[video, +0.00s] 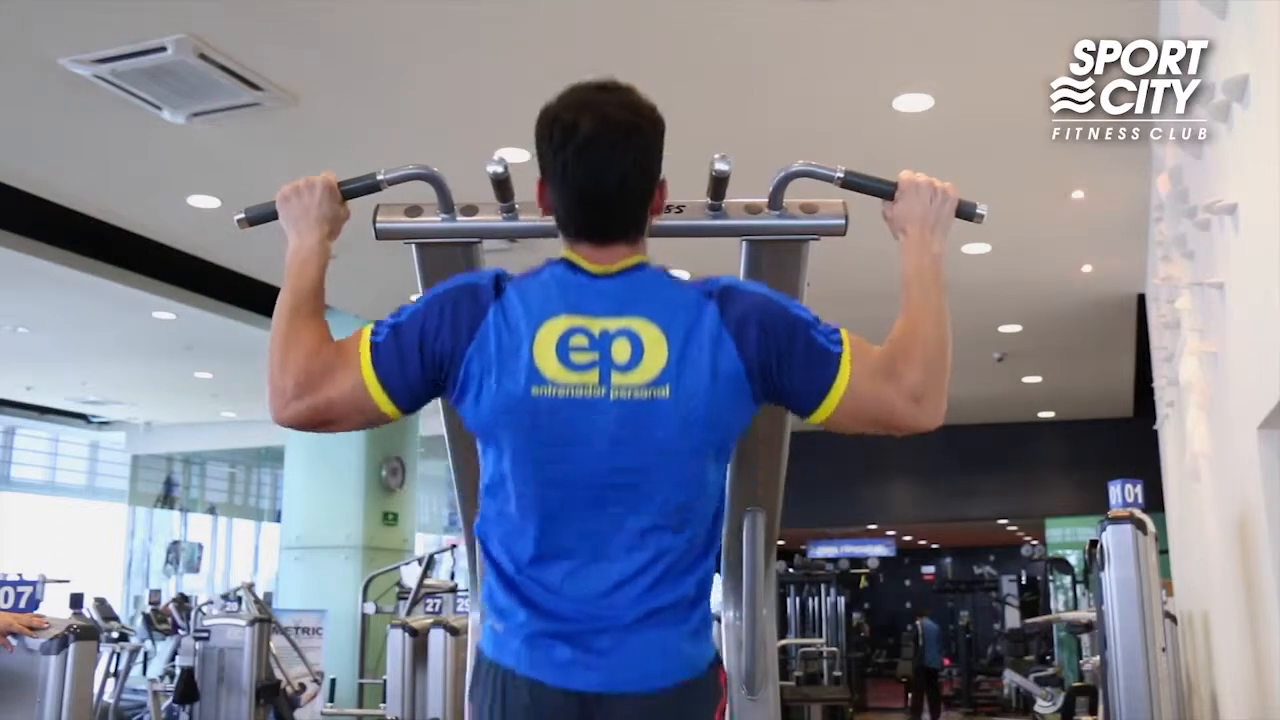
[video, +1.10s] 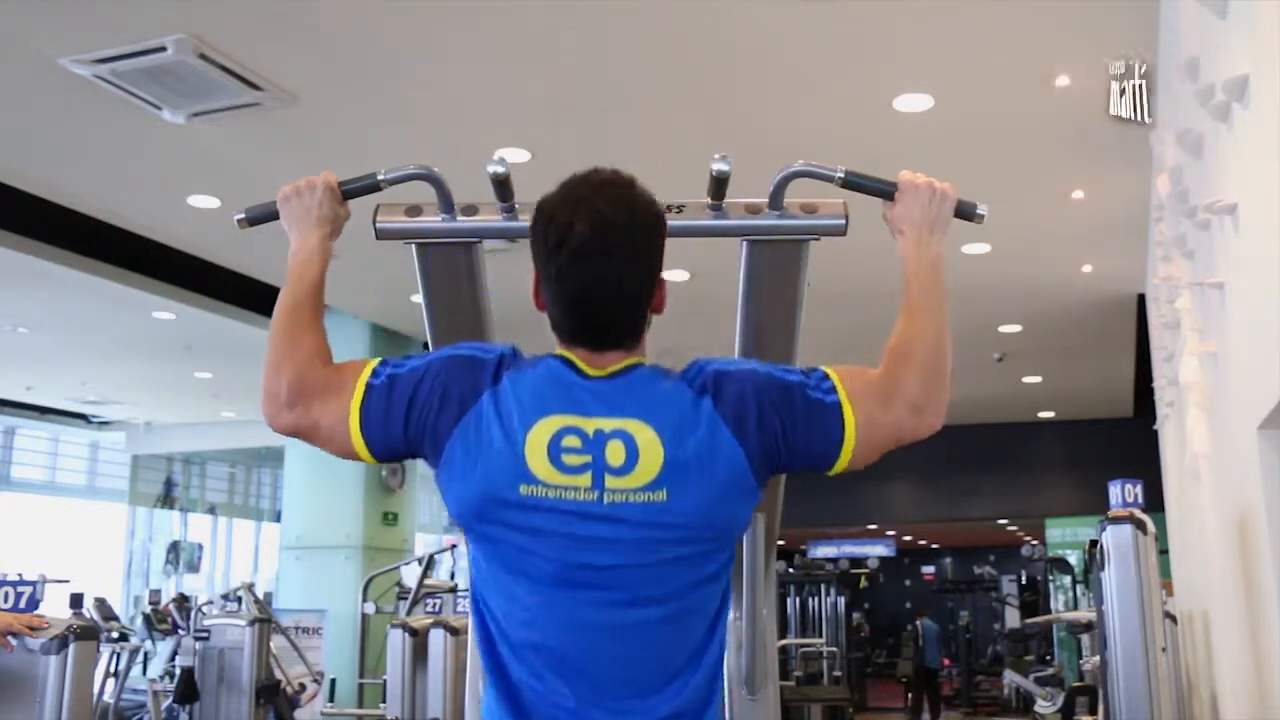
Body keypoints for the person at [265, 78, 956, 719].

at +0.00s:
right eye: (659, 176)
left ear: (540, 195)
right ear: (660, 197)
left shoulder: (478, 315)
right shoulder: (734, 321)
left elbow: (297, 395)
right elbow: (914, 400)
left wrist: (306, 246)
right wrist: (923, 244)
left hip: (520, 681)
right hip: (671, 681)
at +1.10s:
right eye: (663, 265)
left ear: (537, 290)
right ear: (662, 294)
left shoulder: (469, 397)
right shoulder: (731, 412)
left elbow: (293, 399)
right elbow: (914, 402)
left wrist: (308, 245)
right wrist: (924, 245)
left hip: (522, 709)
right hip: (680, 711)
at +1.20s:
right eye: (662, 304)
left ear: (536, 328)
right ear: (661, 331)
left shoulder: (470, 427)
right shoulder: (731, 443)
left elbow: (298, 401)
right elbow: (909, 404)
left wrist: (309, 244)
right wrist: (923, 242)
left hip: (521, 709)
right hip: (684, 712)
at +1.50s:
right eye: (660, 409)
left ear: (534, 437)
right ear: (662, 441)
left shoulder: (475, 525)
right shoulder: (724, 547)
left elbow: (326, 403)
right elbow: (868, 405)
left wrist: (311, 243)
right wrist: (917, 246)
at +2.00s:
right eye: (658, 328)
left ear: (536, 356)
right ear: (659, 357)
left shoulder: (473, 464)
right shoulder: (728, 463)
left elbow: (310, 405)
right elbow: (903, 410)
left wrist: (310, 243)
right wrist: (920, 246)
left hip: (522, 709)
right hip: (682, 708)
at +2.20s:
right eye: (657, 223)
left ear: (536, 248)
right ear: (656, 248)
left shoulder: (475, 369)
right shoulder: (731, 370)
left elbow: (298, 400)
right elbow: (917, 405)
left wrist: (308, 246)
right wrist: (924, 247)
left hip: (518, 702)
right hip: (670, 701)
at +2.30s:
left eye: (537, 174)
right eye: (658, 177)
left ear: (539, 197)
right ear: (660, 198)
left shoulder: (478, 320)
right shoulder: (735, 320)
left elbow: (302, 398)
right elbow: (913, 403)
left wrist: (308, 244)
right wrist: (922, 246)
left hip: (521, 681)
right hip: (672, 683)